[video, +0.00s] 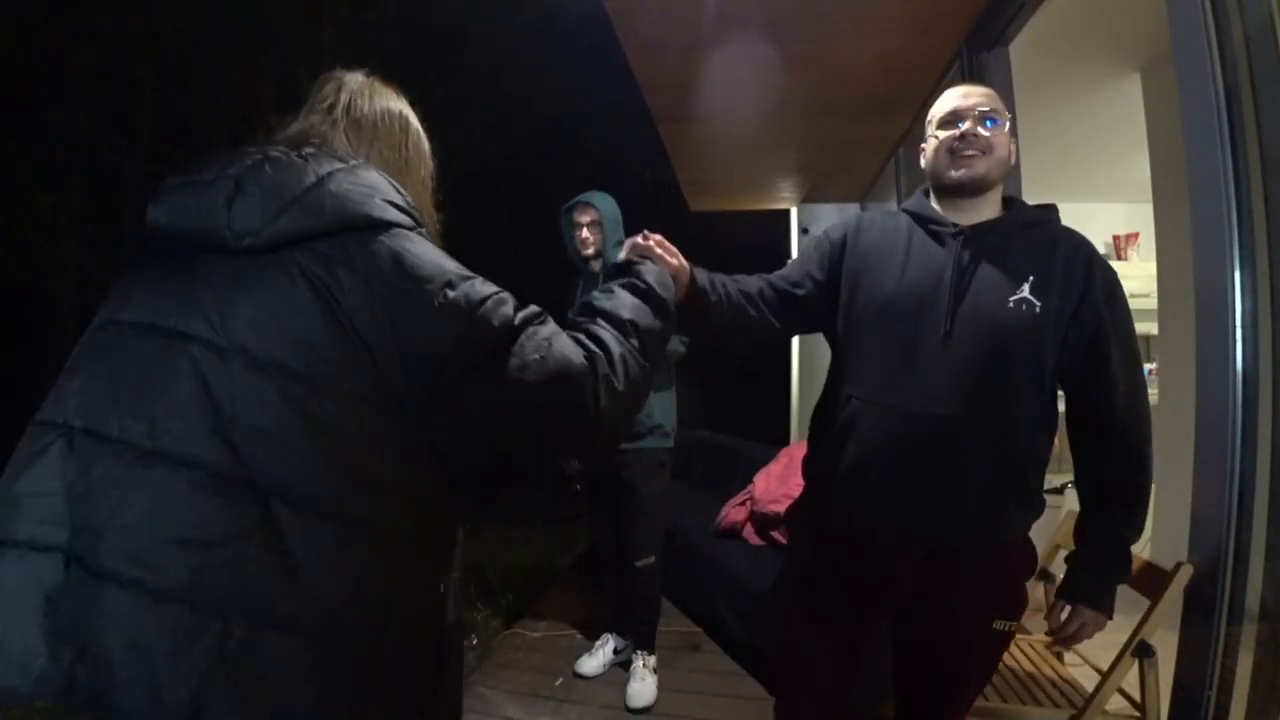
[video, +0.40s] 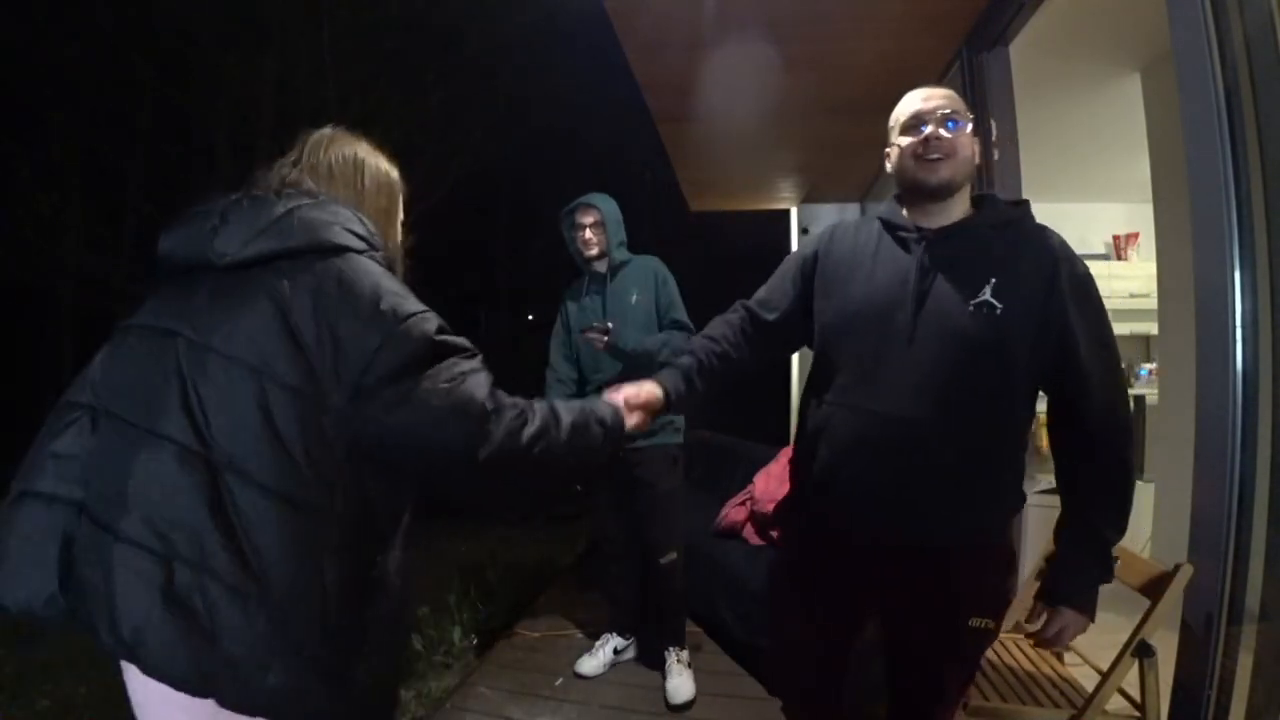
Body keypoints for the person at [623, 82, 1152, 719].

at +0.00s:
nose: (967, 129)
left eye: (987, 118)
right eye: (948, 121)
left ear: (1015, 151)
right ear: (921, 154)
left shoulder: (1069, 263)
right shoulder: (860, 236)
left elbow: (1116, 432)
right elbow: (774, 299)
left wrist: (1096, 574)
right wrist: (690, 284)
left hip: (975, 553)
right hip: (840, 537)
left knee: (933, 705)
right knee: (814, 700)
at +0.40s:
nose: (929, 130)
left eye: (948, 119)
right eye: (909, 125)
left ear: (980, 149)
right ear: (888, 159)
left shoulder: (1038, 257)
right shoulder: (835, 246)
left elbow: (1096, 427)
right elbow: (750, 327)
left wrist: (1077, 574)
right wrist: (665, 386)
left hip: (957, 546)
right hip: (827, 532)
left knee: (924, 705)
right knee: (813, 700)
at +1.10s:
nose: (820, 143)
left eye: (837, 132)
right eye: (802, 138)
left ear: (867, 157)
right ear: (786, 172)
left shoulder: (929, 239)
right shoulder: (753, 269)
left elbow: (1011, 390)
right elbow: (721, 398)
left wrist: (976, 537)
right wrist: (713, 497)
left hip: (906, 532)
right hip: (789, 532)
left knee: (893, 702)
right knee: (810, 700)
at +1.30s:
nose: (825, 138)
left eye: (842, 127)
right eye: (807, 133)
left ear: (871, 151)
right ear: (788, 168)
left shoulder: (933, 240)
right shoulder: (753, 267)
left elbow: (1013, 399)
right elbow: (710, 392)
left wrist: (982, 557)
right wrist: (696, 491)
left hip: (902, 535)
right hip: (784, 536)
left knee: (886, 703)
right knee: (807, 700)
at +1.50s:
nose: (844, 124)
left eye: (861, 112)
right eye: (824, 119)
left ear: (890, 138)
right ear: (800, 156)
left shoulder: (960, 241)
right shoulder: (760, 260)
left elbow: (1032, 422)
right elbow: (713, 392)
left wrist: (986, 582)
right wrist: (713, 496)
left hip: (910, 553)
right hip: (784, 552)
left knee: (892, 706)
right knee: (803, 702)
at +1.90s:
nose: (862, 93)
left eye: (891, 73)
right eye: (848, 85)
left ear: (947, 95)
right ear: (836, 114)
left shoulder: (1022, 210)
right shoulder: (789, 225)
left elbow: (1100, 435)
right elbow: (726, 382)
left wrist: (1033, 641)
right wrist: (718, 493)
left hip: (940, 581)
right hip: (783, 572)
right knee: (741, 706)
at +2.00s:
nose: (877, 87)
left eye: (906, 67)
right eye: (862, 78)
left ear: (960, 93)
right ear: (847, 109)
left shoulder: (1030, 205)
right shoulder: (797, 220)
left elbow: (1117, 428)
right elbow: (729, 379)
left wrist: (1027, 642)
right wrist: (725, 500)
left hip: (943, 592)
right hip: (786, 581)